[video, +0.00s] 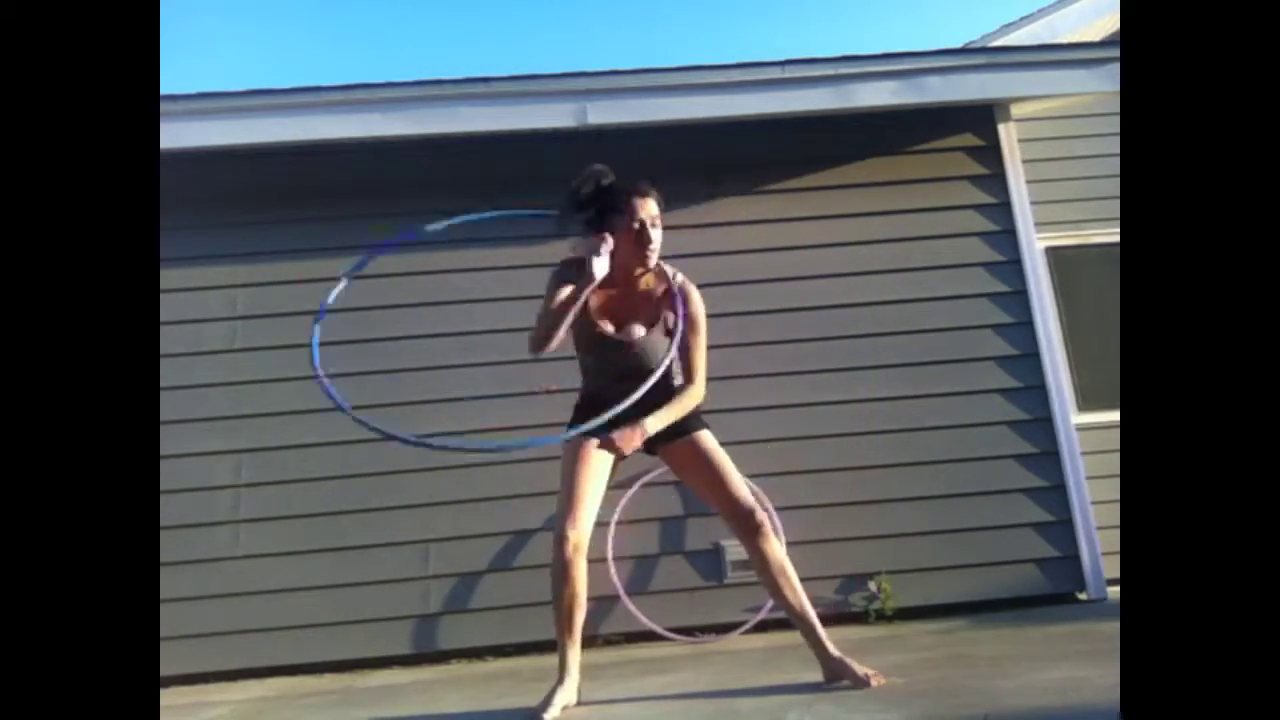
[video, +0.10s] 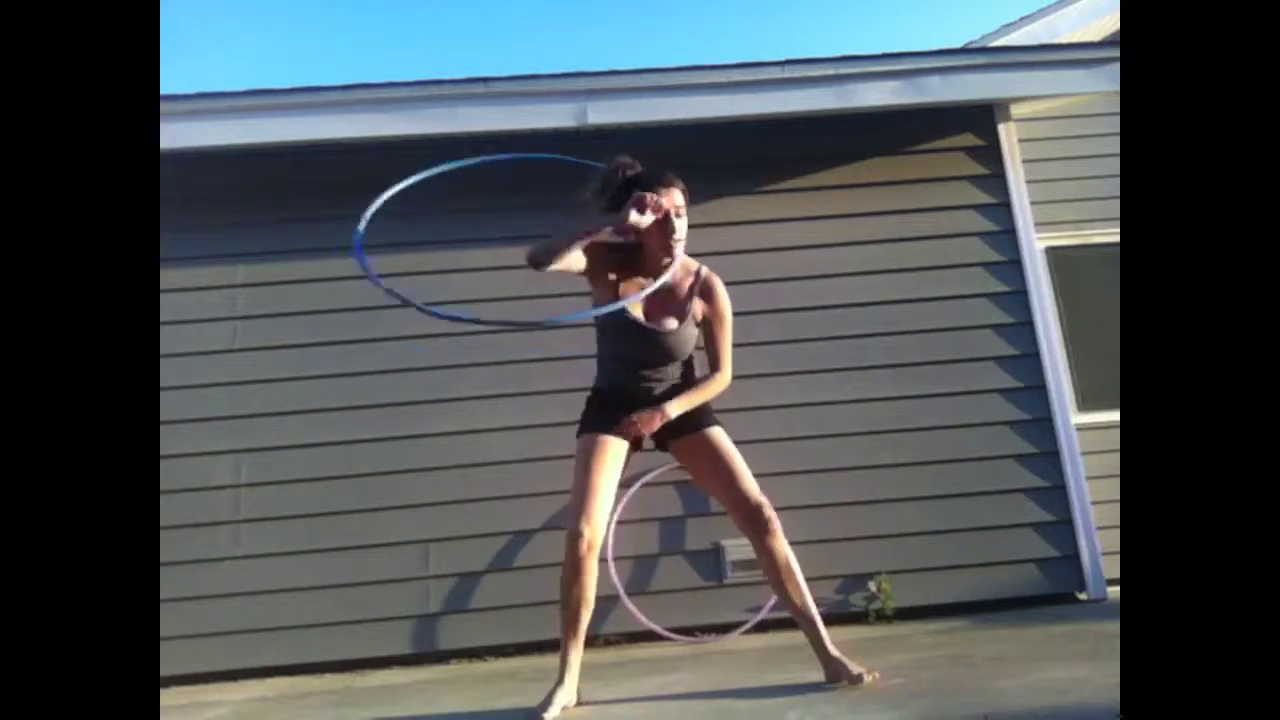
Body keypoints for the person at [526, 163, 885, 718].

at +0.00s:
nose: (649, 235)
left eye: (655, 223)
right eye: (635, 225)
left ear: (663, 226)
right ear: (606, 233)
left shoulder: (680, 293)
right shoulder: (575, 280)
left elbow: (693, 388)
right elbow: (544, 342)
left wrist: (644, 427)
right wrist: (587, 284)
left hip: (668, 411)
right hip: (600, 415)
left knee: (753, 518)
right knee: (568, 543)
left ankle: (828, 657)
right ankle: (567, 682)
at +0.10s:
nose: (676, 225)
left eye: (682, 215)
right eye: (662, 216)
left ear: (689, 220)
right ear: (635, 223)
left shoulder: (704, 285)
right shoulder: (605, 262)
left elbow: (722, 375)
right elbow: (539, 262)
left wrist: (663, 412)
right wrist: (602, 229)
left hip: (683, 409)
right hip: (612, 408)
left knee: (760, 514)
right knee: (583, 537)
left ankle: (828, 655)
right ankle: (566, 683)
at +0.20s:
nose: (705, 226)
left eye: (712, 216)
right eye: (693, 217)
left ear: (721, 222)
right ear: (668, 223)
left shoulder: (734, 284)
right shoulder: (639, 256)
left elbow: (742, 369)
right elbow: (580, 197)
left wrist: (687, 394)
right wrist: (652, 208)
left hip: (705, 403)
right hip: (634, 400)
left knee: (777, 514)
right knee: (598, 537)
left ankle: (833, 656)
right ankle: (568, 681)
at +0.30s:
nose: (742, 234)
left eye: (745, 223)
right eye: (730, 225)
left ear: (750, 229)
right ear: (698, 231)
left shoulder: (758, 296)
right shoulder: (667, 264)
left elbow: (771, 380)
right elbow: (623, 204)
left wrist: (712, 399)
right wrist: (704, 226)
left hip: (725, 406)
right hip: (656, 404)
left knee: (799, 509)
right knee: (614, 535)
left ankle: (835, 658)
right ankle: (571, 676)